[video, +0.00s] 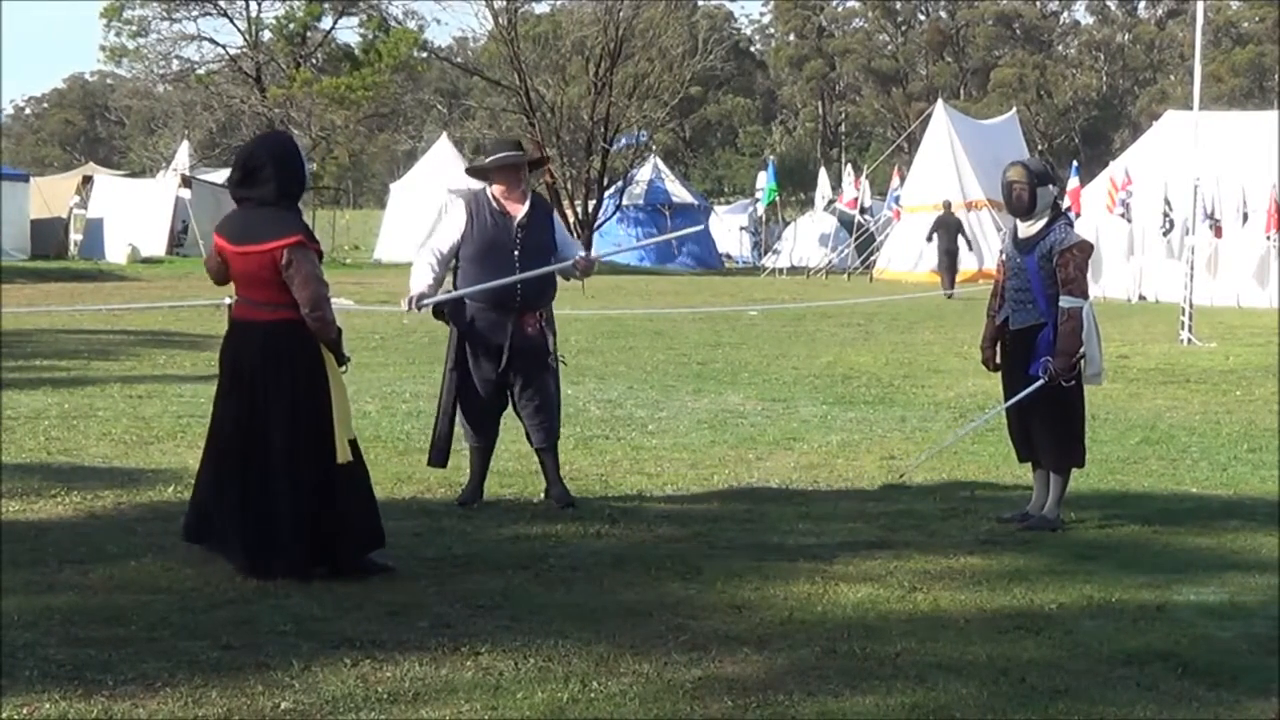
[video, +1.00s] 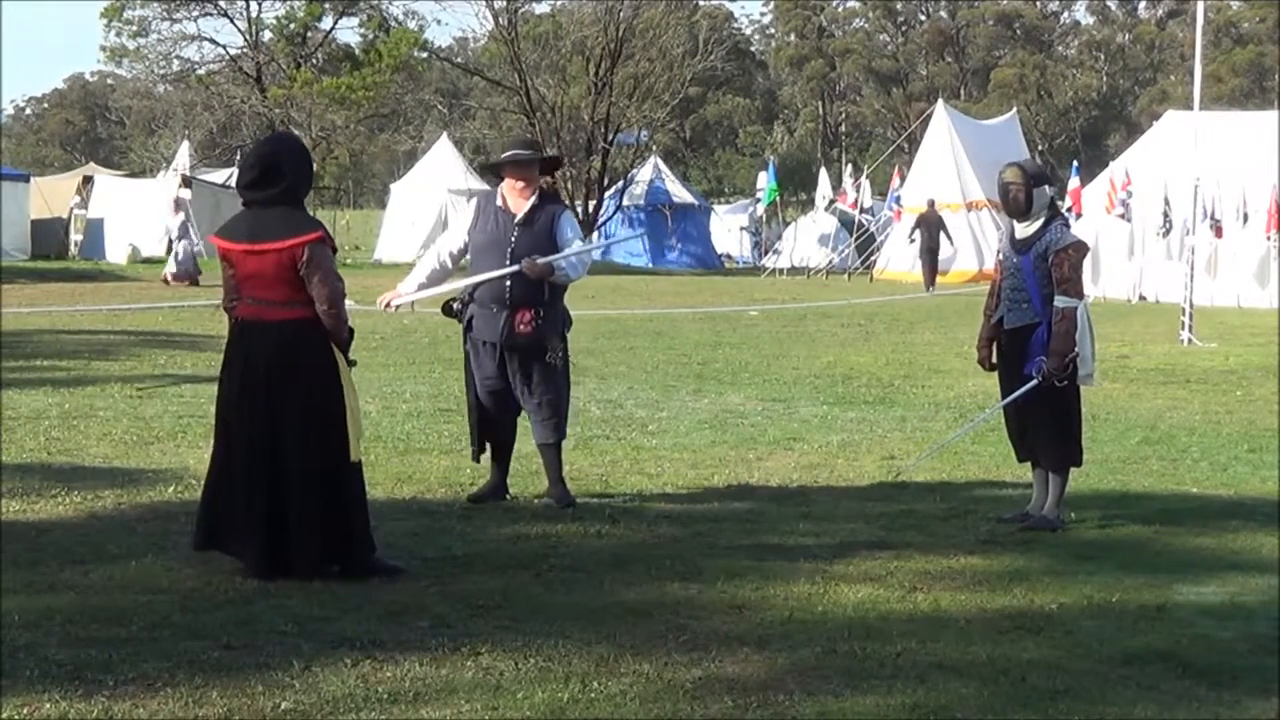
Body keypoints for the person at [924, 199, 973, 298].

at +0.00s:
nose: (946, 208)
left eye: (945, 206)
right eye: (948, 206)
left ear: (943, 207)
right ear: (951, 207)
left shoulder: (939, 219)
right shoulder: (956, 219)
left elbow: (932, 229)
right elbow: (964, 233)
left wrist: (929, 237)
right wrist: (969, 245)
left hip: (943, 247)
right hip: (953, 247)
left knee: (944, 268)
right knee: (952, 268)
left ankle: (947, 289)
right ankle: (951, 289)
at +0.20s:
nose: (942, 205)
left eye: (941, 203)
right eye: (944, 203)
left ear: (939, 204)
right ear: (947, 203)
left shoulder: (936, 215)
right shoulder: (952, 215)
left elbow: (930, 227)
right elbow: (958, 228)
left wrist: (926, 237)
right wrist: (960, 239)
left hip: (938, 246)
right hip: (950, 246)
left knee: (937, 265)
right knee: (950, 266)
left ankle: (941, 284)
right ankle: (949, 287)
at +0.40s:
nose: (938, 207)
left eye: (937, 205)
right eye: (940, 205)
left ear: (935, 206)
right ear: (943, 205)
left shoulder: (931, 217)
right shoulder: (948, 217)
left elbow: (927, 232)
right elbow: (955, 230)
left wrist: (924, 242)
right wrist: (947, 234)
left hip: (934, 246)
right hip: (945, 246)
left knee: (933, 269)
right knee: (947, 269)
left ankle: (930, 289)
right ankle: (949, 289)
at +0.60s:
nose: (933, 206)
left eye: (931, 204)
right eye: (934, 204)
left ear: (930, 205)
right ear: (937, 204)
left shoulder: (926, 216)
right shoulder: (942, 216)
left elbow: (922, 230)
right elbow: (949, 228)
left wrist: (917, 240)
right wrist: (952, 238)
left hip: (929, 245)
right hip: (940, 245)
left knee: (929, 267)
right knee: (943, 265)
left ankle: (929, 287)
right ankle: (945, 284)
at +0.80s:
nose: (932, 204)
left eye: (931, 202)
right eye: (933, 202)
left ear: (928, 202)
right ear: (935, 202)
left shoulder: (923, 213)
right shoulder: (940, 213)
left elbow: (916, 225)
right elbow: (946, 227)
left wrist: (912, 234)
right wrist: (952, 240)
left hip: (927, 243)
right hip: (937, 243)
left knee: (928, 265)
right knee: (938, 265)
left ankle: (929, 286)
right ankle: (936, 285)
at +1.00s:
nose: (930, 206)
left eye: (929, 204)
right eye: (932, 204)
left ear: (927, 205)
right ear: (934, 205)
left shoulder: (922, 216)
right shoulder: (938, 216)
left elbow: (914, 227)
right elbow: (945, 229)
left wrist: (910, 236)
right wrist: (950, 240)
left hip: (925, 245)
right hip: (935, 245)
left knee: (926, 265)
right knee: (934, 265)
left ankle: (927, 286)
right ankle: (932, 284)